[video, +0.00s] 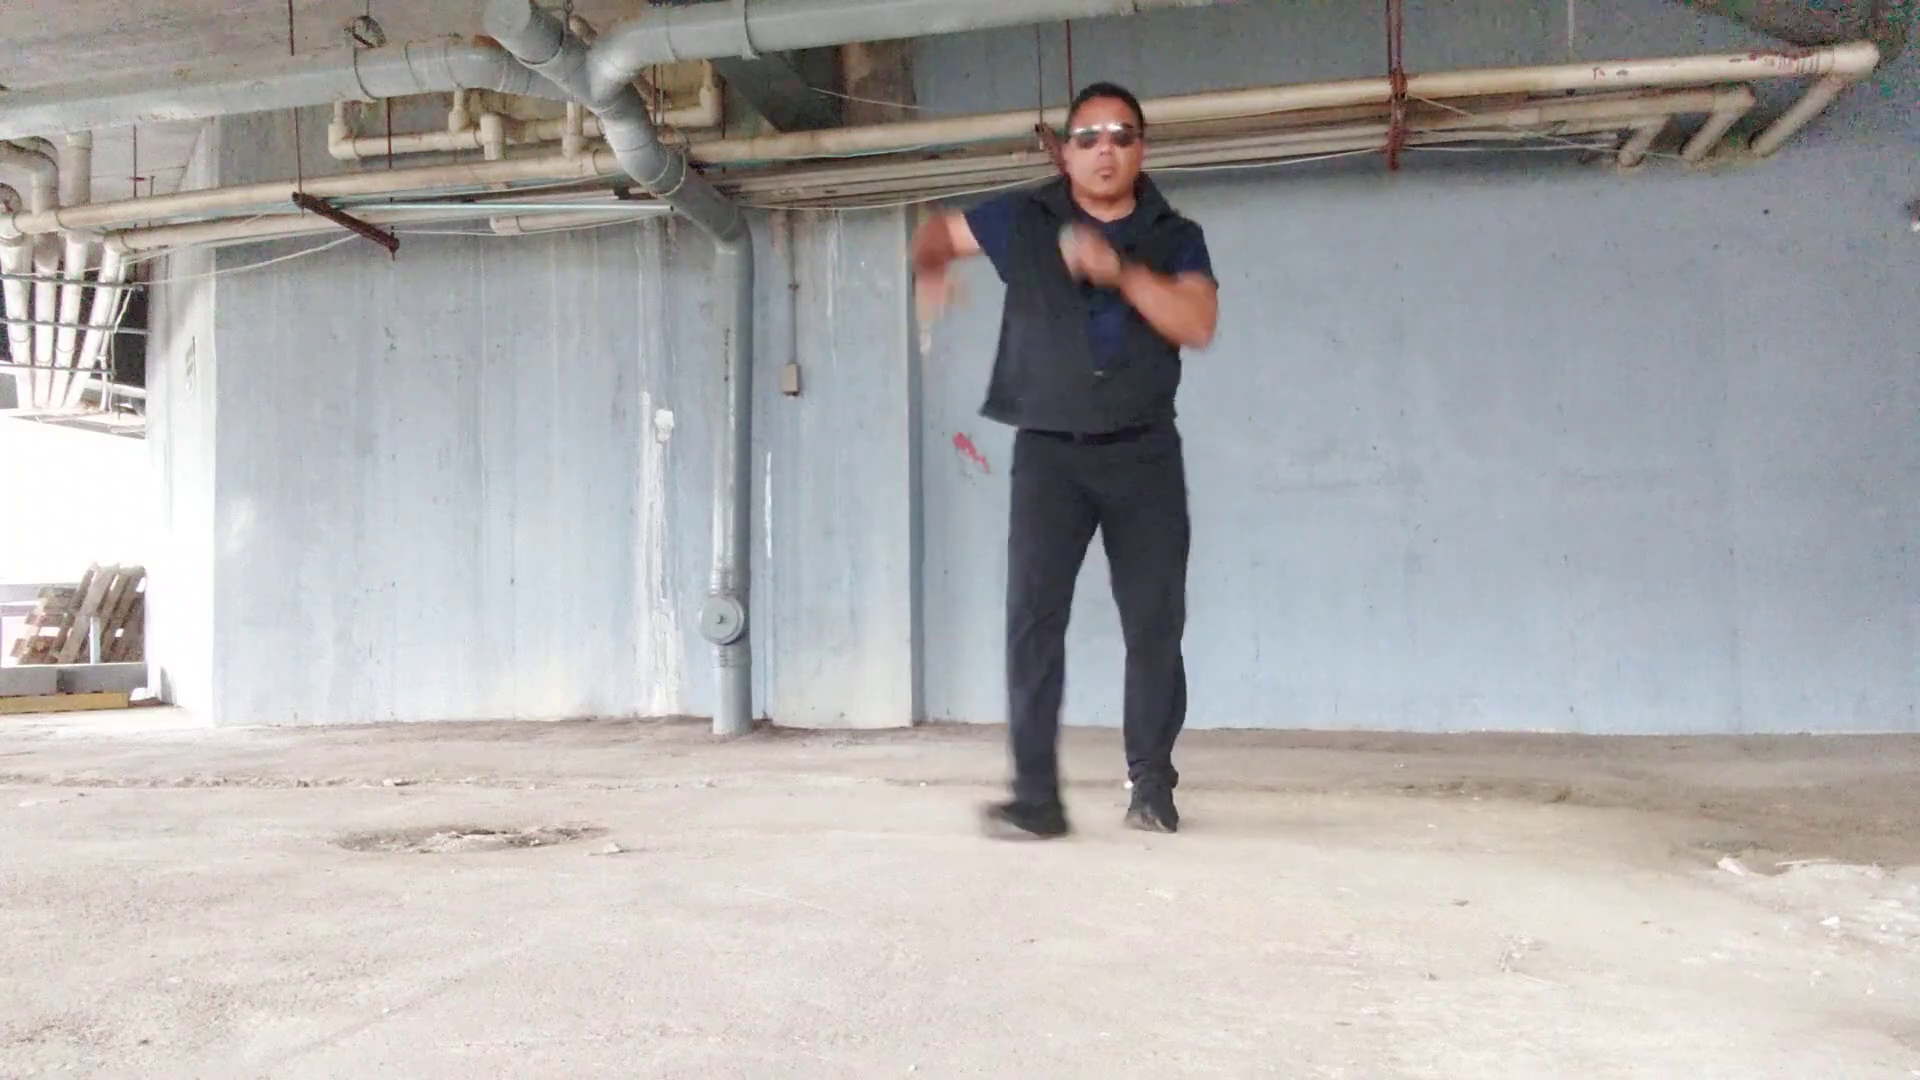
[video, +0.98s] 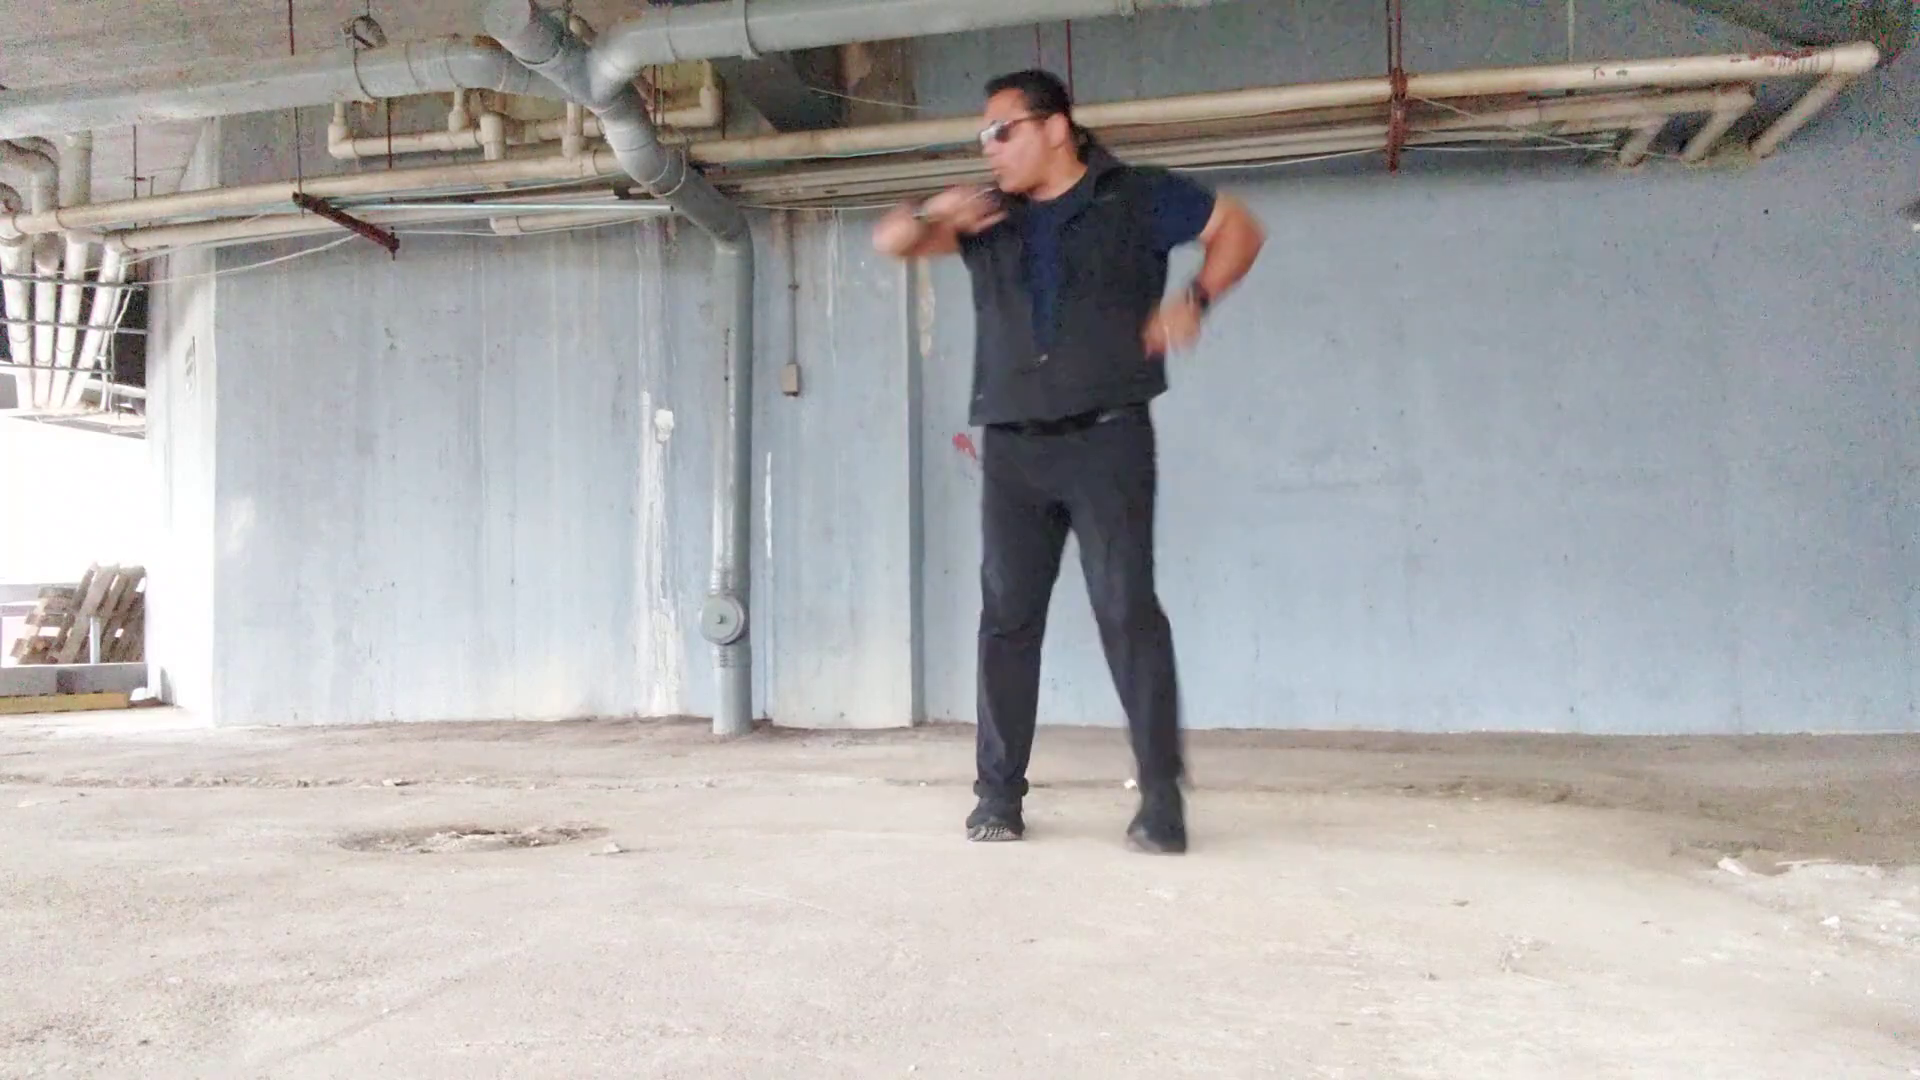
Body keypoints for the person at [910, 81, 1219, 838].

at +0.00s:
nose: (1106, 149)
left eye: (1121, 136)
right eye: (1089, 137)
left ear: (1143, 150)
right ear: (1064, 152)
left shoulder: (1171, 232)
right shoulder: (1027, 217)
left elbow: (1198, 324)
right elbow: (937, 231)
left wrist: (1119, 271)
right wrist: (929, 267)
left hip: (1144, 456)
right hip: (1048, 455)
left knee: (1155, 625)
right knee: (1033, 618)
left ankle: (1153, 784)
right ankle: (1036, 796)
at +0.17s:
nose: (1065, 149)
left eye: (1083, 136)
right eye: (1050, 137)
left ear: (1106, 152)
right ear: (1028, 154)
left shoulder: (1145, 240)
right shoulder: (998, 232)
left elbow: (1203, 331)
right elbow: (918, 243)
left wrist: (1200, 370)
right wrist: (1013, 208)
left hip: (1114, 454)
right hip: (1019, 457)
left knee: (1135, 612)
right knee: (1029, 623)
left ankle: (1142, 773)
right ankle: (1046, 793)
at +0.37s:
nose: (1068, 156)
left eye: (1082, 143)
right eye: (1050, 142)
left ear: (1100, 155)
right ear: (1023, 154)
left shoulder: (1129, 230)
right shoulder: (982, 236)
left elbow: (1229, 257)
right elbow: (935, 344)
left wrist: (1143, 245)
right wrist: (998, 358)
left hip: (1104, 458)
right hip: (1008, 463)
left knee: (1106, 618)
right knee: (1004, 620)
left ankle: (1081, 751)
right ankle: (1034, 790)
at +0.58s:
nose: (1103, 169)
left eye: (1109, 157)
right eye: (1086, 156)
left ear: (1112, 166)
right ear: (1037, 163)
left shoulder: (1119, 244)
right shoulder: (981, 229)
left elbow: (1167, 315)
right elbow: (905, 293)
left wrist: (1084, 263)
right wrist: (918, 350)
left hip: (1101, 461)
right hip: (1010, 460)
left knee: (1107, 630)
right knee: (1012, 618)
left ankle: (1077, 756)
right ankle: (1003, 786)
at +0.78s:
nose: (1005, 169)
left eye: (1022, 153)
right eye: (996, 156)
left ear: (1068, 158)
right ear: (988, 166)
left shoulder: (1128, 242)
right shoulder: (971, 248)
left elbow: (1160, 349)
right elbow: (933, 355)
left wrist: (1135, 387)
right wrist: (991, 327)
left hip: (1087, 453)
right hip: (991, 457)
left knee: (1112, 560)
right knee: (993, 621)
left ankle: (1071, 649)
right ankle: (1000, 792)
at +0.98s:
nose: (992, 150)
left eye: (1004, 133)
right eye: (987, 138)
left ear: (1058, 126)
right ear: (996, 147)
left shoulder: (1132, 196)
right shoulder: (985, 215)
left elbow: (1238, 229)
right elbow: (889, 241)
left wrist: (1192, 301)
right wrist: (936, 215)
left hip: (1108, 439)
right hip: (1013, 444)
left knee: (1126, 613)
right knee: (1006, 619)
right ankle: (998, 795)